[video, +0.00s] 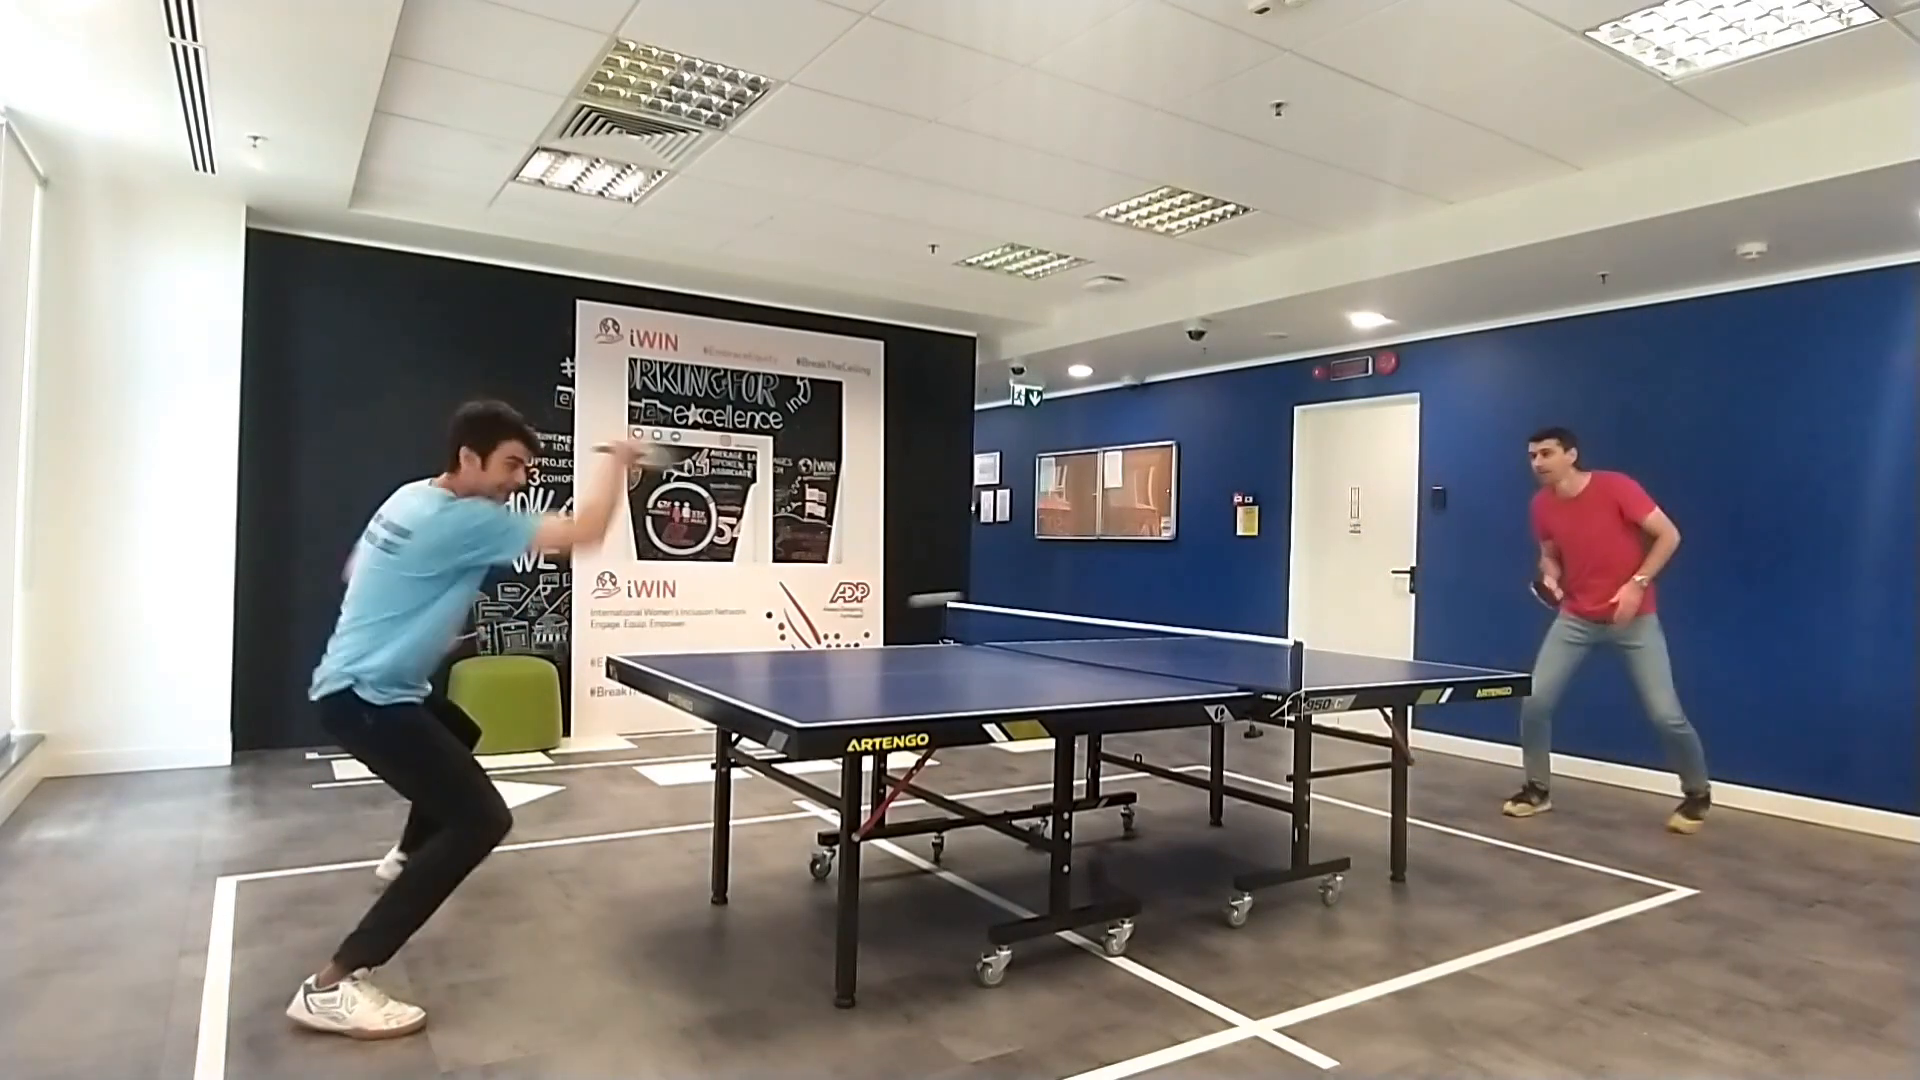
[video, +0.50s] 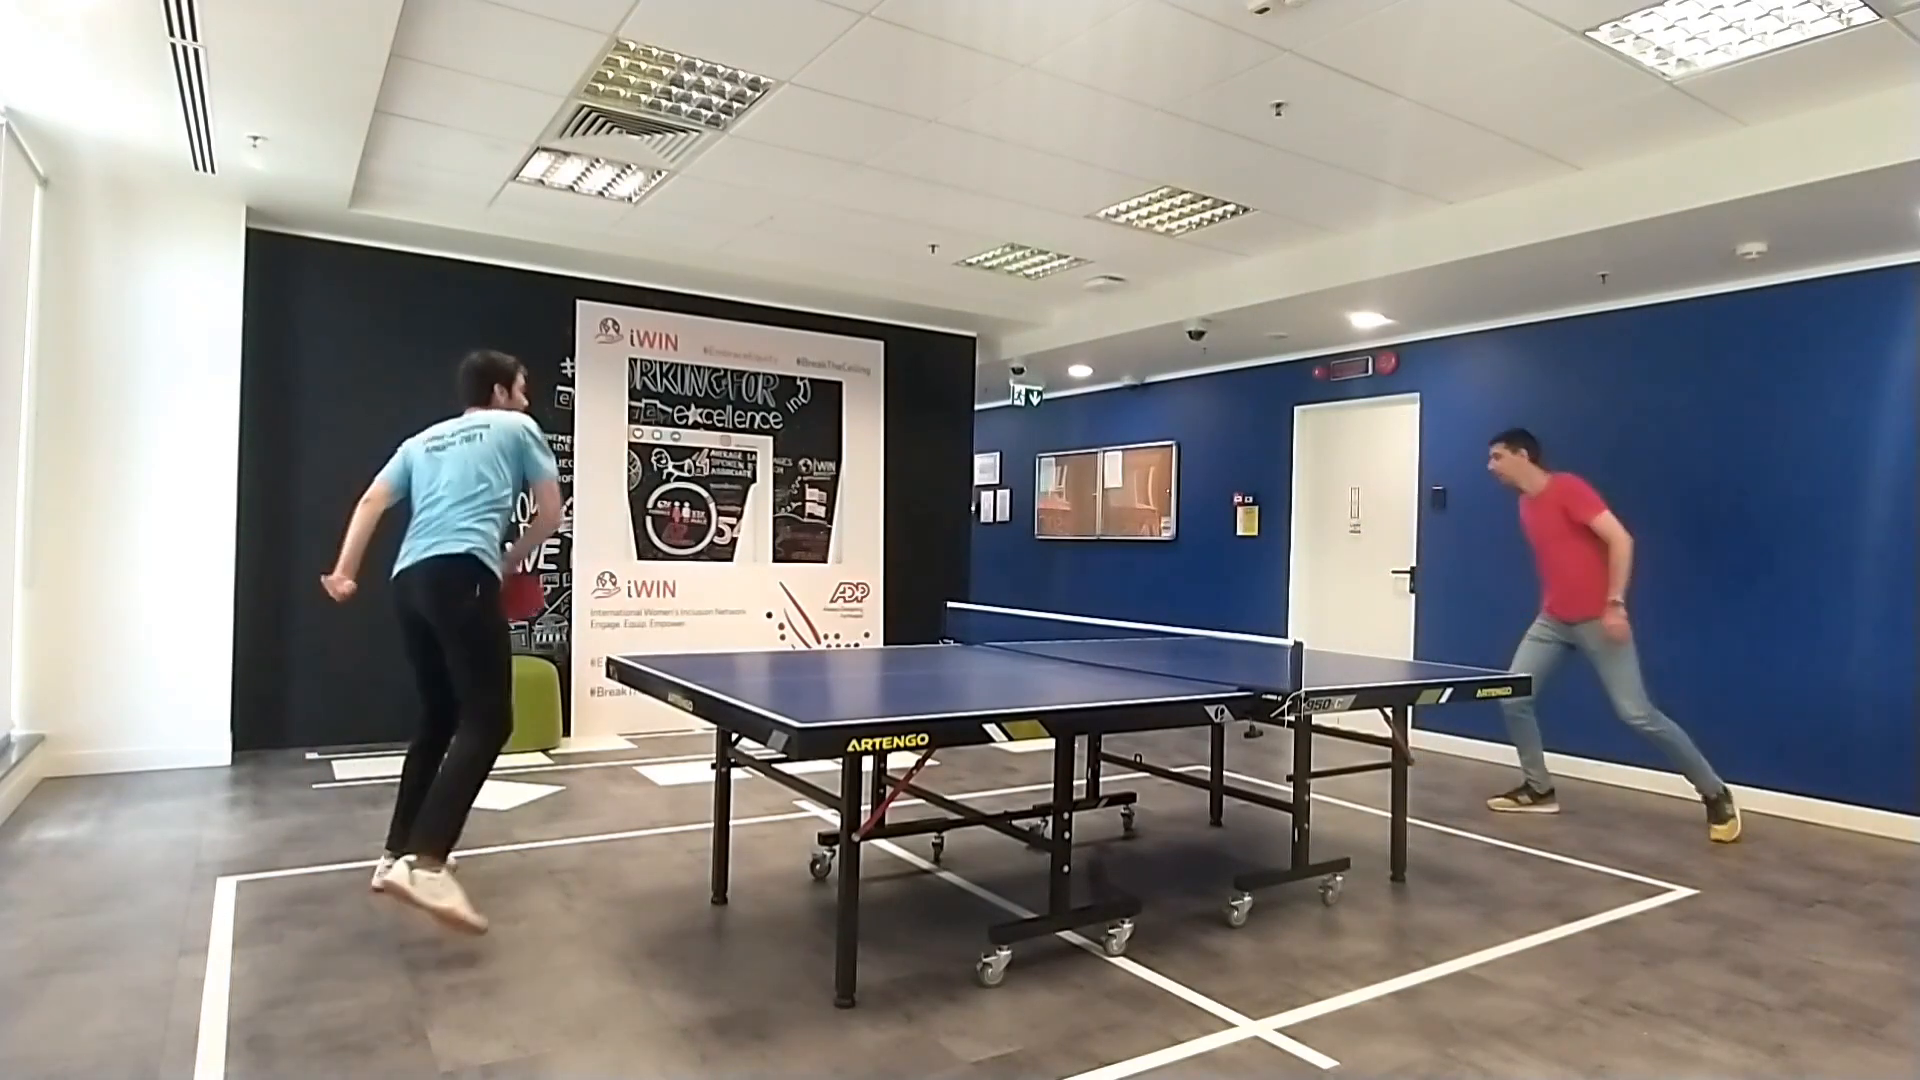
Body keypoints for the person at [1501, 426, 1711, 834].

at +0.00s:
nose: (1537, 462)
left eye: (1545, 453)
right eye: (1532, 456)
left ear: (1571, 455)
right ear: (1532, 463)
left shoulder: (1615, 488)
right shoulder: (1542, 505)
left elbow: (1669, 535)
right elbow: (1549, 556)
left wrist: (1637, 584)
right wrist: (1550, 577)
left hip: (1633, 621)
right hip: (1575, 621)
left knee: (1666, 716)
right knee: (1536, 700)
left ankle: (1698, 796)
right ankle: (1537, 791)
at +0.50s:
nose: (1492, 466)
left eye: (1497, 457)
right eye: (1490, 460)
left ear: (1522, 455)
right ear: (1513, 460)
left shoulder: (1567, 489)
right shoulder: (1526, 507)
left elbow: (1620, 538)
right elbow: (1555, 557)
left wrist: (1615, 603)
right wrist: (1551, 608)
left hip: (1598, 619)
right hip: (1553, 620)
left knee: (1636, 713)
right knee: (1514, 695)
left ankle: (1716, 795)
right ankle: (1538, 788)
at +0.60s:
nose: (1479, 455)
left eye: (1483, 447)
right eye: (1479, 448)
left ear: (1504, 445)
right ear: (1504, 447)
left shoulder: (1549, 480)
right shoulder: (1520, 493)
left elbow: (1582, 535)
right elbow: (1542, 549)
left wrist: (1576, 600)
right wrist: (1538, 599)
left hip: (1572, 612)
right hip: (1536, 613)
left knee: (1596, 704)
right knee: (1511, 695)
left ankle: (1687, 780)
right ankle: (1537, 787)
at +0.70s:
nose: (1473, 448)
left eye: (1476, 440)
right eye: (1474, 441)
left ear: (1494, 440)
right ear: (1500, 440)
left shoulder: (1530, 475)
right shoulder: (1513, 482)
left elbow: (1543, 535)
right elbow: (1529, 543)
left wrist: (1530, 597)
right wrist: (1518, 600)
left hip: (1553, 602)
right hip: (1526, 603)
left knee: (1550, 694)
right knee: (1511, 693)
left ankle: (1639, 774)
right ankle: (1537, 787)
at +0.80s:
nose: (1466, 445)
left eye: (1468, 436)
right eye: (1467, 437)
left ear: (1481, 435)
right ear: (1496, 435)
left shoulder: (1513, 472)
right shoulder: (1513, 473)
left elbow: (1506, 532)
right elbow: (1511, 539)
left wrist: (1481, 587)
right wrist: (1490, 591)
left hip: (1530, 598)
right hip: (1521, 597)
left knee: (1514, 688)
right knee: (1509, 689)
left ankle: (1580, 778)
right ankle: (1538, 784)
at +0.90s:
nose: (1458, 443)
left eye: (1460, 436)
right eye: (1459, 437)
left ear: (1471, 435)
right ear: (1492, 436)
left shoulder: (1489, 470)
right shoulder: (1515, 471)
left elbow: (1477, 529)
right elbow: (1532, 540)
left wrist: (1439, 581)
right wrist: (1492, 588)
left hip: (1505, 597)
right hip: (1530, 595)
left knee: (1476, 682)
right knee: (1517, 689)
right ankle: (1540, 783)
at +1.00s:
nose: (1446, 445)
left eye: (1447, 438)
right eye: (1447, 438)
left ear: (1458, 437)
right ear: (1481, 440)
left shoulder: (1467, 472)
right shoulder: (1509, 479)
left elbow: (1449, 530)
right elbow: (1523, 544)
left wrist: (1406, 576)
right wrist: (1490, 571)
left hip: (1483, 597)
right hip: (1516, 595)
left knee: (1444, 681)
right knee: (1517, 689)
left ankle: (1448, 773)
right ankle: (1540, 785)